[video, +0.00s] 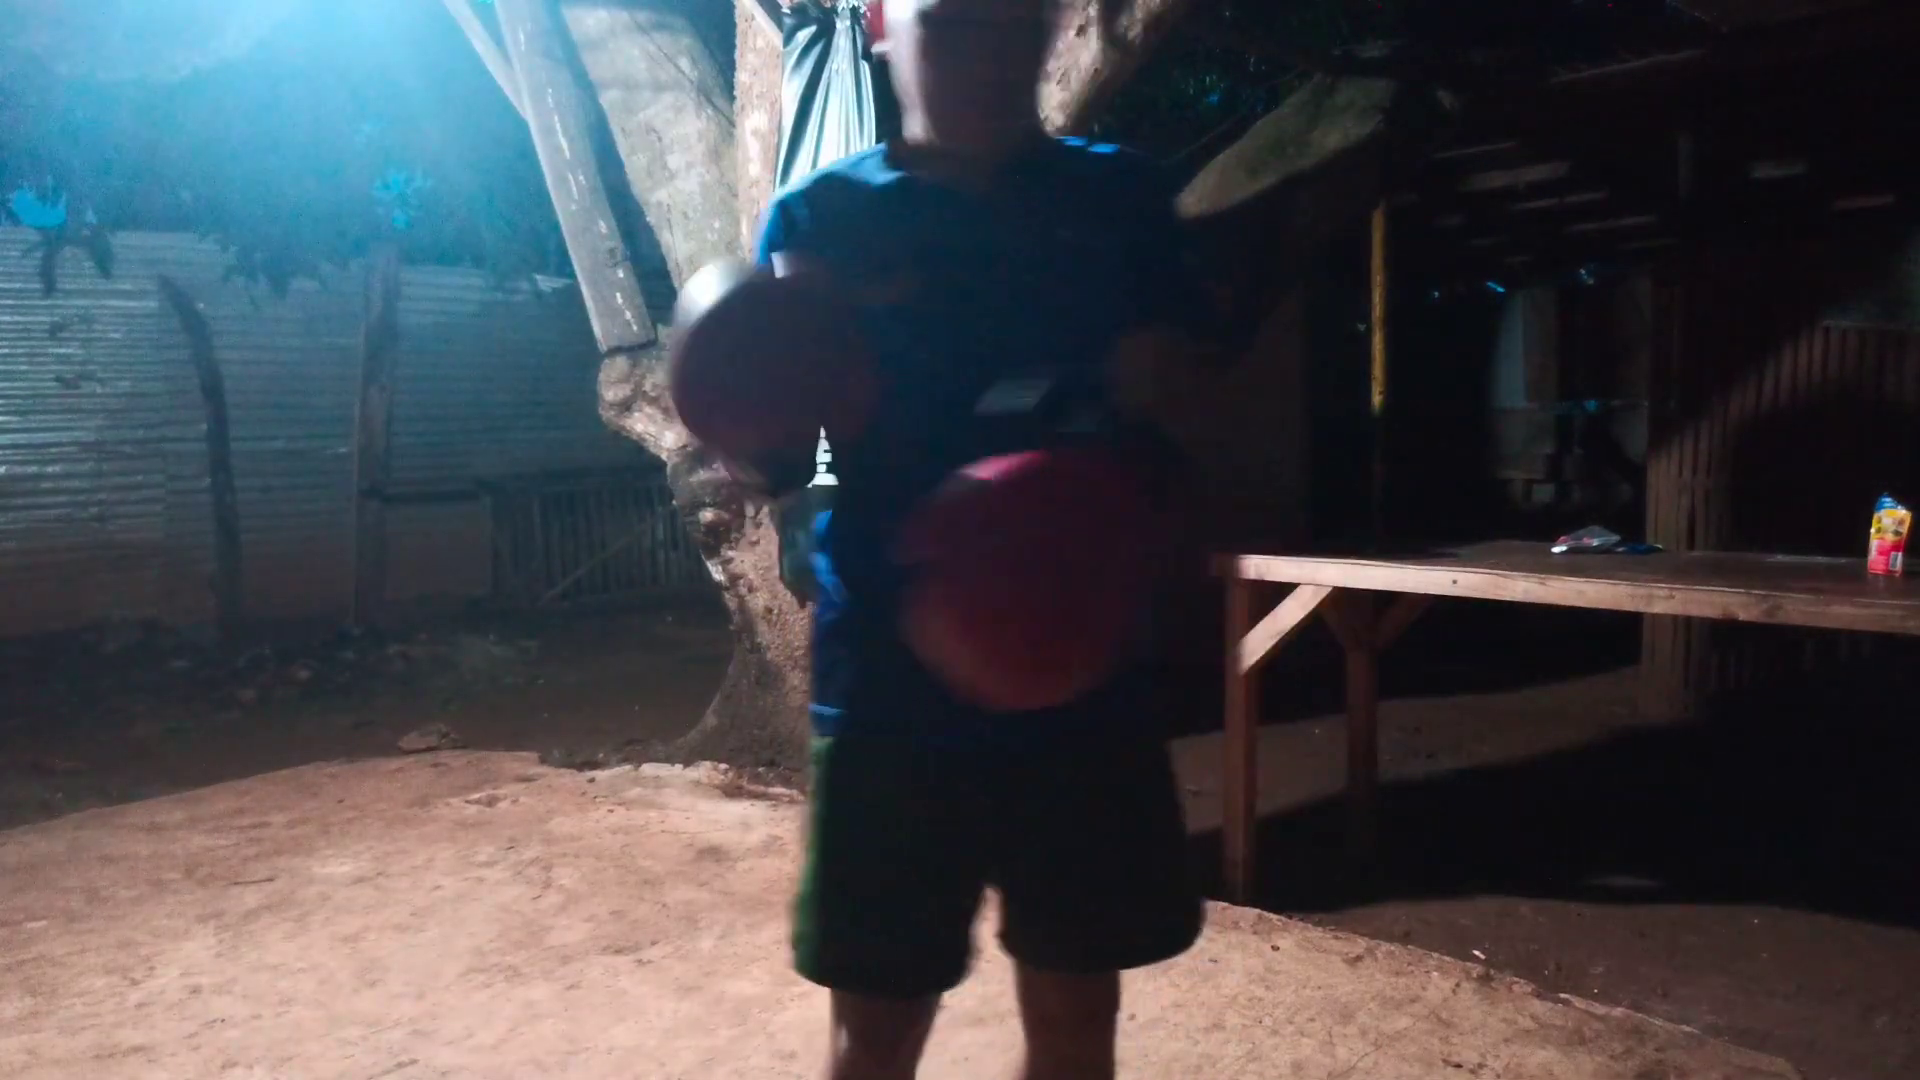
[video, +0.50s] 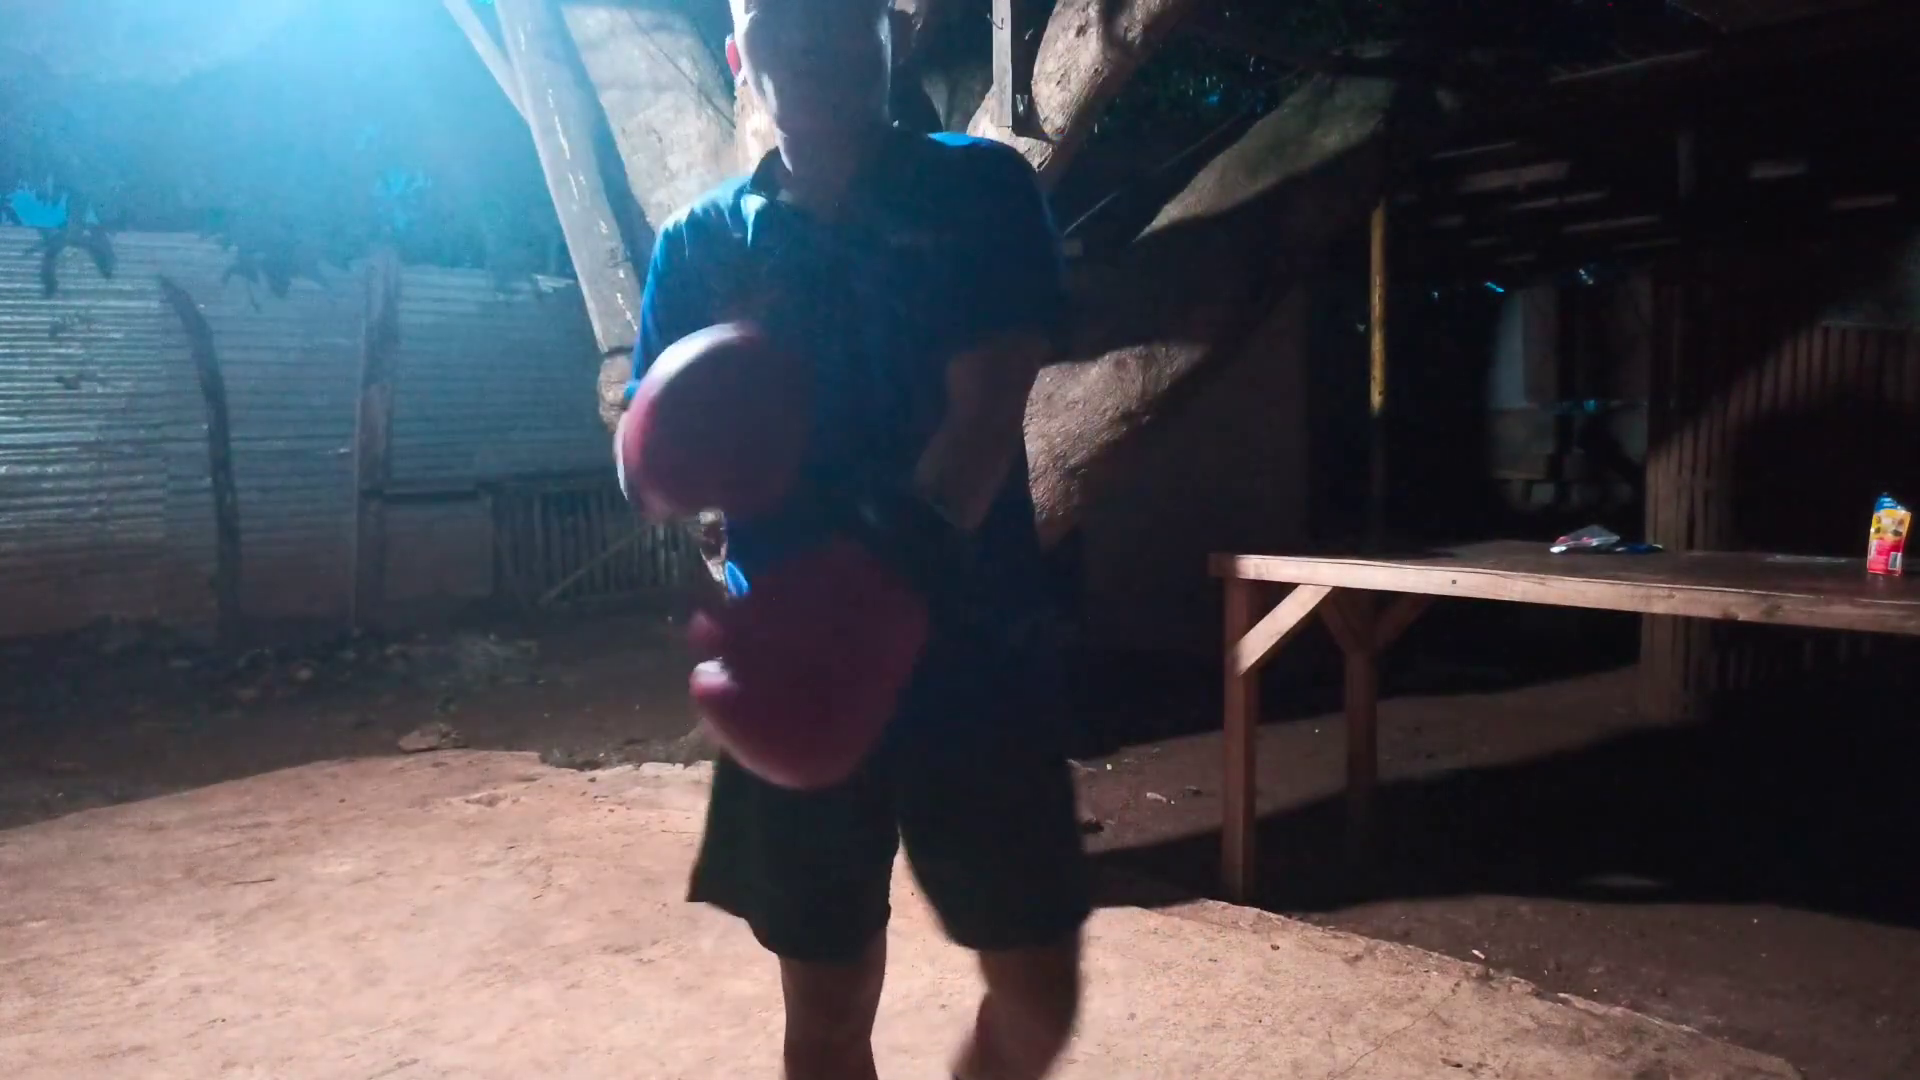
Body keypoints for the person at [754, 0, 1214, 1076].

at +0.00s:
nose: (974, 44)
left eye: (1004, 18)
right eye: (943, 19)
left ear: (1049, 32)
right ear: (880, 33)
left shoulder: (1123, 199)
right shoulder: (829, 215)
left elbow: (1182, 421)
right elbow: (773, 460)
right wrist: (756, 411)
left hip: (1087, 685)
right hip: (889, 695)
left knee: (1074, 1022)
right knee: (877, 1036)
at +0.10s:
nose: (926, 59)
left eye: (957, 28)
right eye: (897, 28)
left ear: (1000, 37)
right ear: (843, 38)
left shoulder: (1080, 188)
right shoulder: (789, 217)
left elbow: (1104, 408)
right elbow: (745, 457)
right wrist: (734, 426)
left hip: (1051, 664)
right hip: (857, 673)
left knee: (1065, 1009)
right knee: (859, 1016)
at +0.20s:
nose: (880, 52)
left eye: (910, 24)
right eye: (852, 25)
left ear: (958, 44)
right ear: (798, 42)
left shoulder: (1040, 187)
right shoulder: (749, 219)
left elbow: (1055, 396)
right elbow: (697, 429)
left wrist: (948, 494)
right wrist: (728, 526)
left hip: (1016, 649)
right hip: (826, 662)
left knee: (1081, 1007)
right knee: (842, 1010)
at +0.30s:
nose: (843, 55)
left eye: (870, 29)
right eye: (816, 31)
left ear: (917, 41)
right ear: (777, 50)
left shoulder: (1010, 185)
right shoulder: (723, 223)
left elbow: (1013, 399)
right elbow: (721, 436)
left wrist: (896, 518)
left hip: (999, 632)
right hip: (813, 645)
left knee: (1085, 999)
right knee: (838, 1002)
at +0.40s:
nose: (830, 42)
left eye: (855, 16)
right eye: (797, 18)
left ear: (896, 33)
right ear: (750, 43)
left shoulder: (989, 180)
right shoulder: (700, 233)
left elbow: (993, 408)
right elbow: (677, 450)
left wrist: (875, 554)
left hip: (986, 639)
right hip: (802, 655)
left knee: (1070, 997)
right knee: (834, 1003)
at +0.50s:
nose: (816, 56)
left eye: (843, 30)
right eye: (785, 32)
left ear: (891, 41)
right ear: (741, 56)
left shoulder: (980, 186)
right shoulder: (698, 242)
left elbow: (990, 415)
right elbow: (663, 467)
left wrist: (890, 573)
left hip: (978, 633)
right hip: (794, 647)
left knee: (1038, 993)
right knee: (828, 996)